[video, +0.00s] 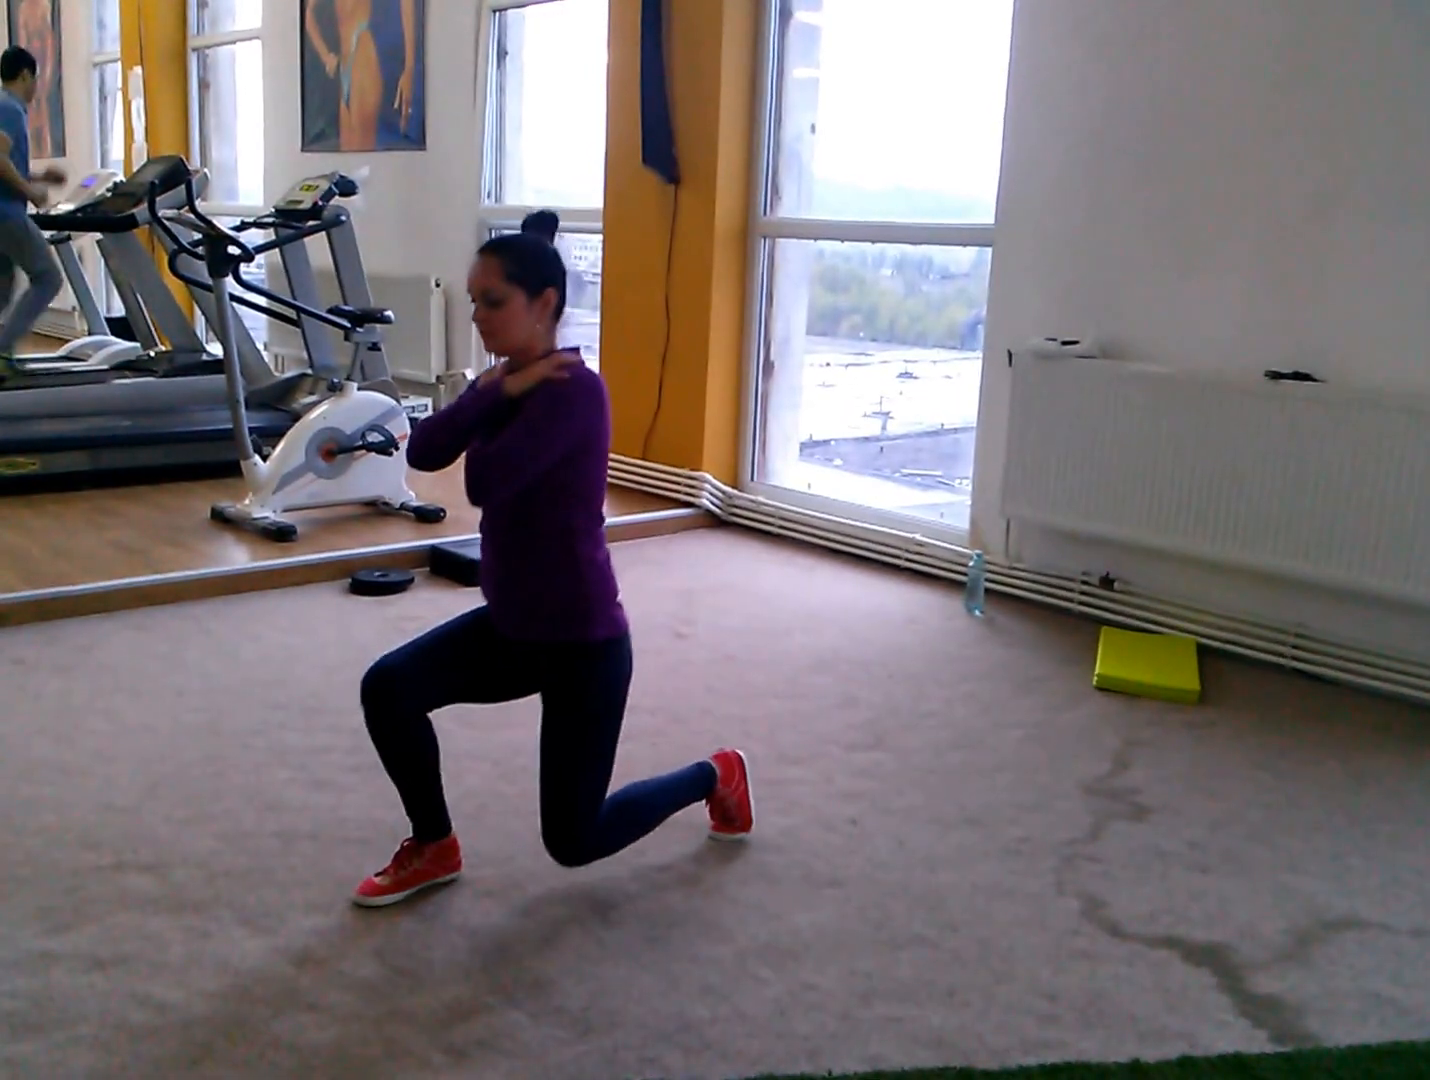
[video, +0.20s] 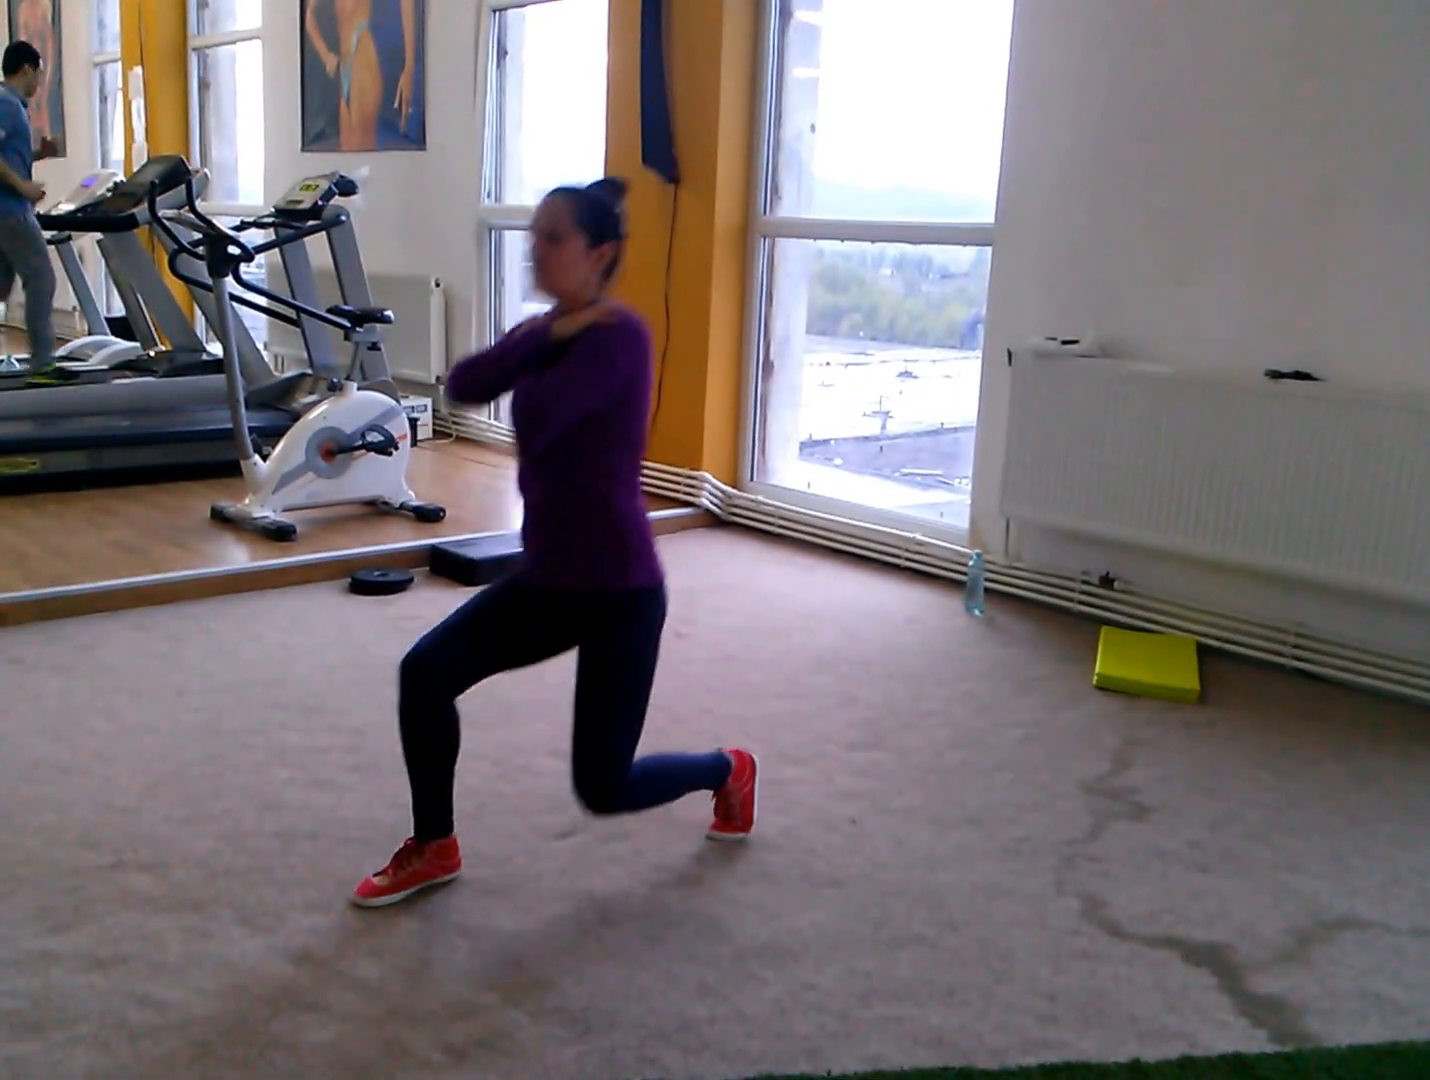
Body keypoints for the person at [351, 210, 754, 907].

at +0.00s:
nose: (478, 317)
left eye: (491, 301)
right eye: (475, 303)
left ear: (546, 304)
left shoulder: (576, 394)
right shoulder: (498, 386)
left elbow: (483, 486)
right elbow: (420, 453)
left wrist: (497, 401)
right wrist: (501, 386)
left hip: (584, 642)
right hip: (512, 628)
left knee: (572, 840)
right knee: (388, 689)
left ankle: (715, 777)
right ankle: (433, 844)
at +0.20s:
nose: (536, 254)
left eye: (553, 242)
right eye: (534, 240)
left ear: (602, 252)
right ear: (539, 249)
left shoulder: (621, 339)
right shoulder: (541, 335)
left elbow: (535, 427)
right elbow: (462, 386)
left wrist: (527, 355)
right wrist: (550, 335)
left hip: (621, 590)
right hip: (548, 579)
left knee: (602, 787)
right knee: (426, 672)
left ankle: (726, 771)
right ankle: (433, 843)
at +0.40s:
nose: (633, 183)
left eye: (648, 169)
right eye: (630, 170)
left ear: (698, 178)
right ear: (634, 178)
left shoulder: (720, 260)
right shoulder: (638, 259)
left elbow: (644, 332)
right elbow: (563, 297)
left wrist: (617, 273)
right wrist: (653, 253)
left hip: (694, 508)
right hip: (618, 500)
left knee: (658, 699)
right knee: (511, 643)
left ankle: (749, 771)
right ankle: (437, 811)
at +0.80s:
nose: (759, 151)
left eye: (775, 139)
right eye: (756, 138)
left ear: (820, 145)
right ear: (759, 142)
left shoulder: (841, 230)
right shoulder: (762, 226)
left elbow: (760, 293)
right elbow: (686, 259)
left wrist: (746, 238)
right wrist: (774, 221)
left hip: (813, 467)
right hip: (751, 462)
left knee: (740, 632)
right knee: (755, 618)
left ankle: (762, 786)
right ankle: (871, 649)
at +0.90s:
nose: (781, 171)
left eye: (795, 158)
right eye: (777, 157)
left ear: (842, 165)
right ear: (778, 163)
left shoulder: (862, 249)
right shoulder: (781, 239)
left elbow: (786, 317)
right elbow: (708, 277)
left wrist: (757, 255)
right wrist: (798, 238)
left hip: (839, 477)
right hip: (782, 472)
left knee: (752, 631)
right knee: (830, 611)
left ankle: (763, 787)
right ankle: (922, 650)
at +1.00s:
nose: (801, 198)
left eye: (817, 185)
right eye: (798, 184)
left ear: (861, 195)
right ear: (799, 190)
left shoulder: (878, 275)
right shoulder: (798, 263)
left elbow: (809, 347)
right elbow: (730, 309)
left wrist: (784, 280)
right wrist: (817, 262)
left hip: (868, 494)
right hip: (814, 491)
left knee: (767, 625)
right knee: (877, 612)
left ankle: (764, 785)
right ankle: (948, 676)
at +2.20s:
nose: (857, 348)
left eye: (872, 338)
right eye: (854, 334)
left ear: (915, 340)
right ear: (850, 329)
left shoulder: (930, 411)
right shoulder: (847, 383)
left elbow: (851, 468)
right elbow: (783, 423)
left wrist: (834, 408)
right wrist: (874, 396)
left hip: (888, 600)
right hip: (826, 590)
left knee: (770, 625)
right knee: (868, 718)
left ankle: (774, 785)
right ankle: (970, 679)